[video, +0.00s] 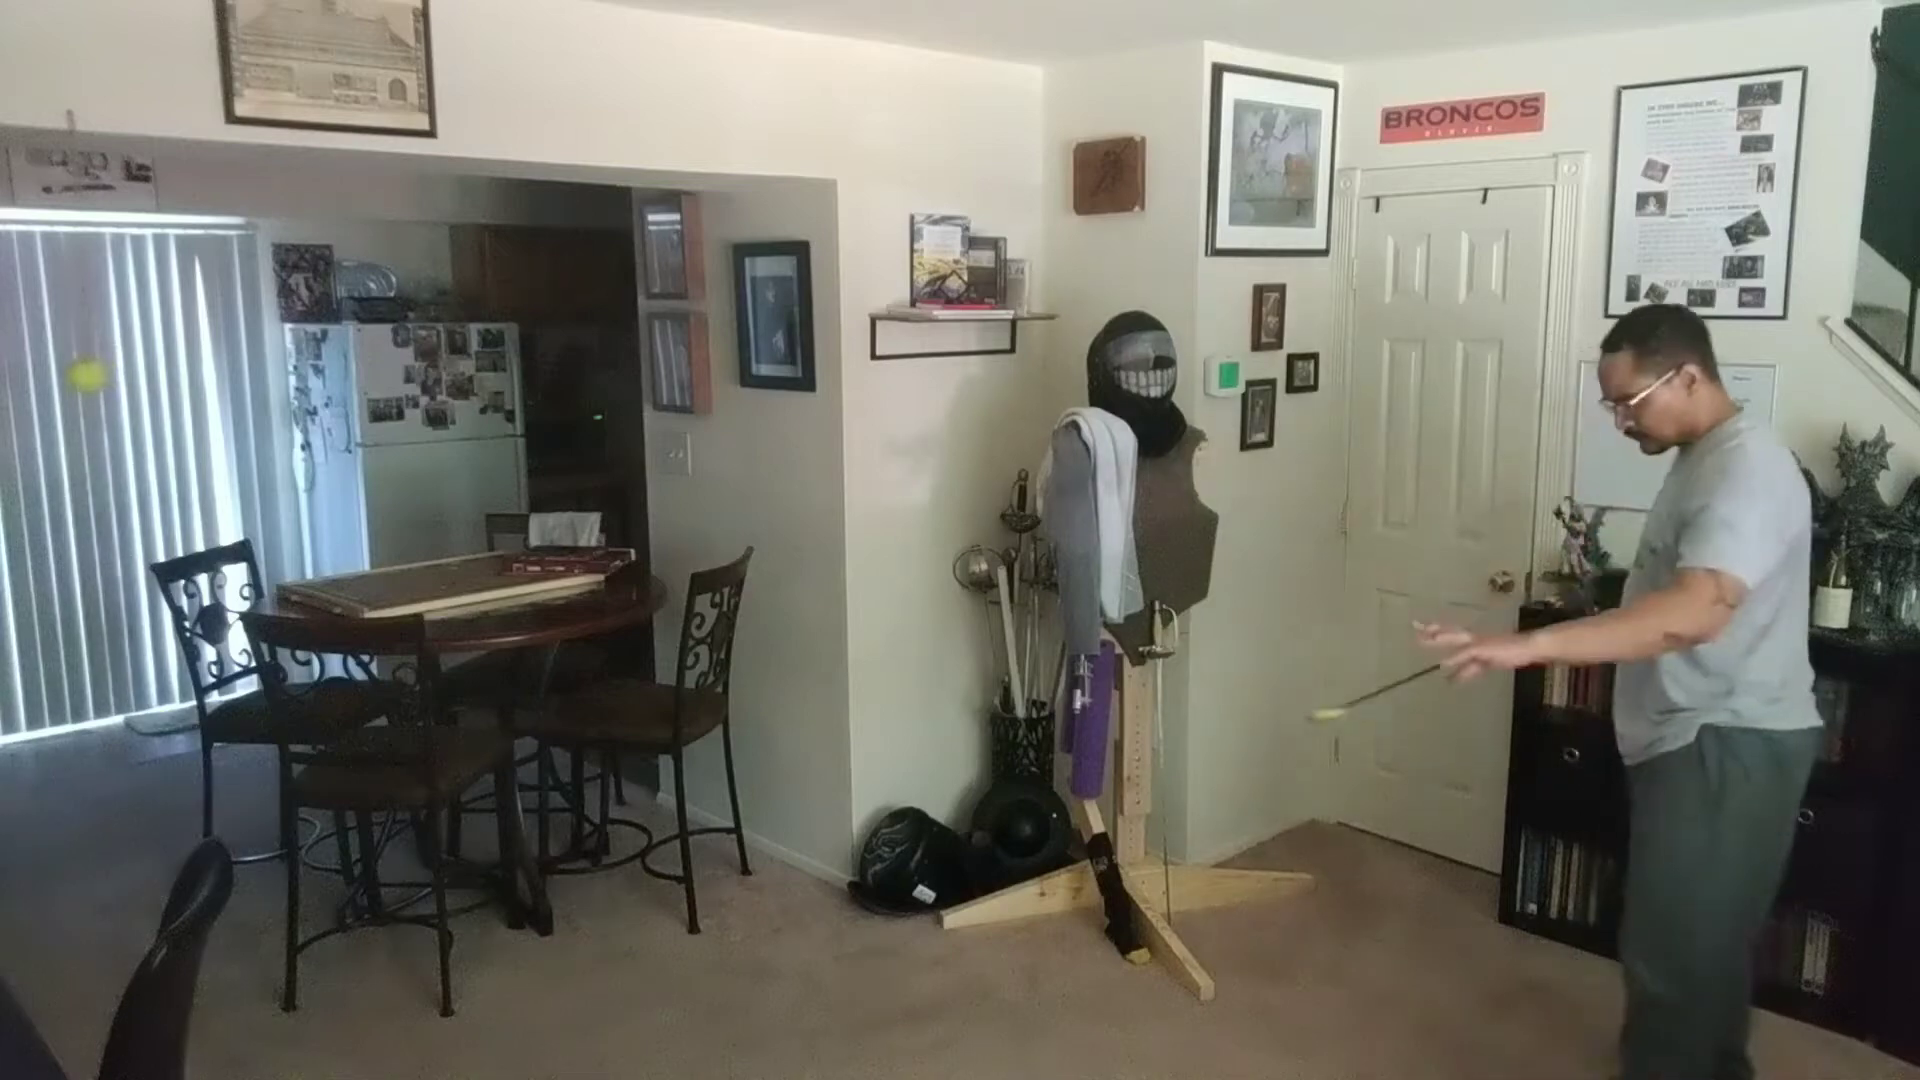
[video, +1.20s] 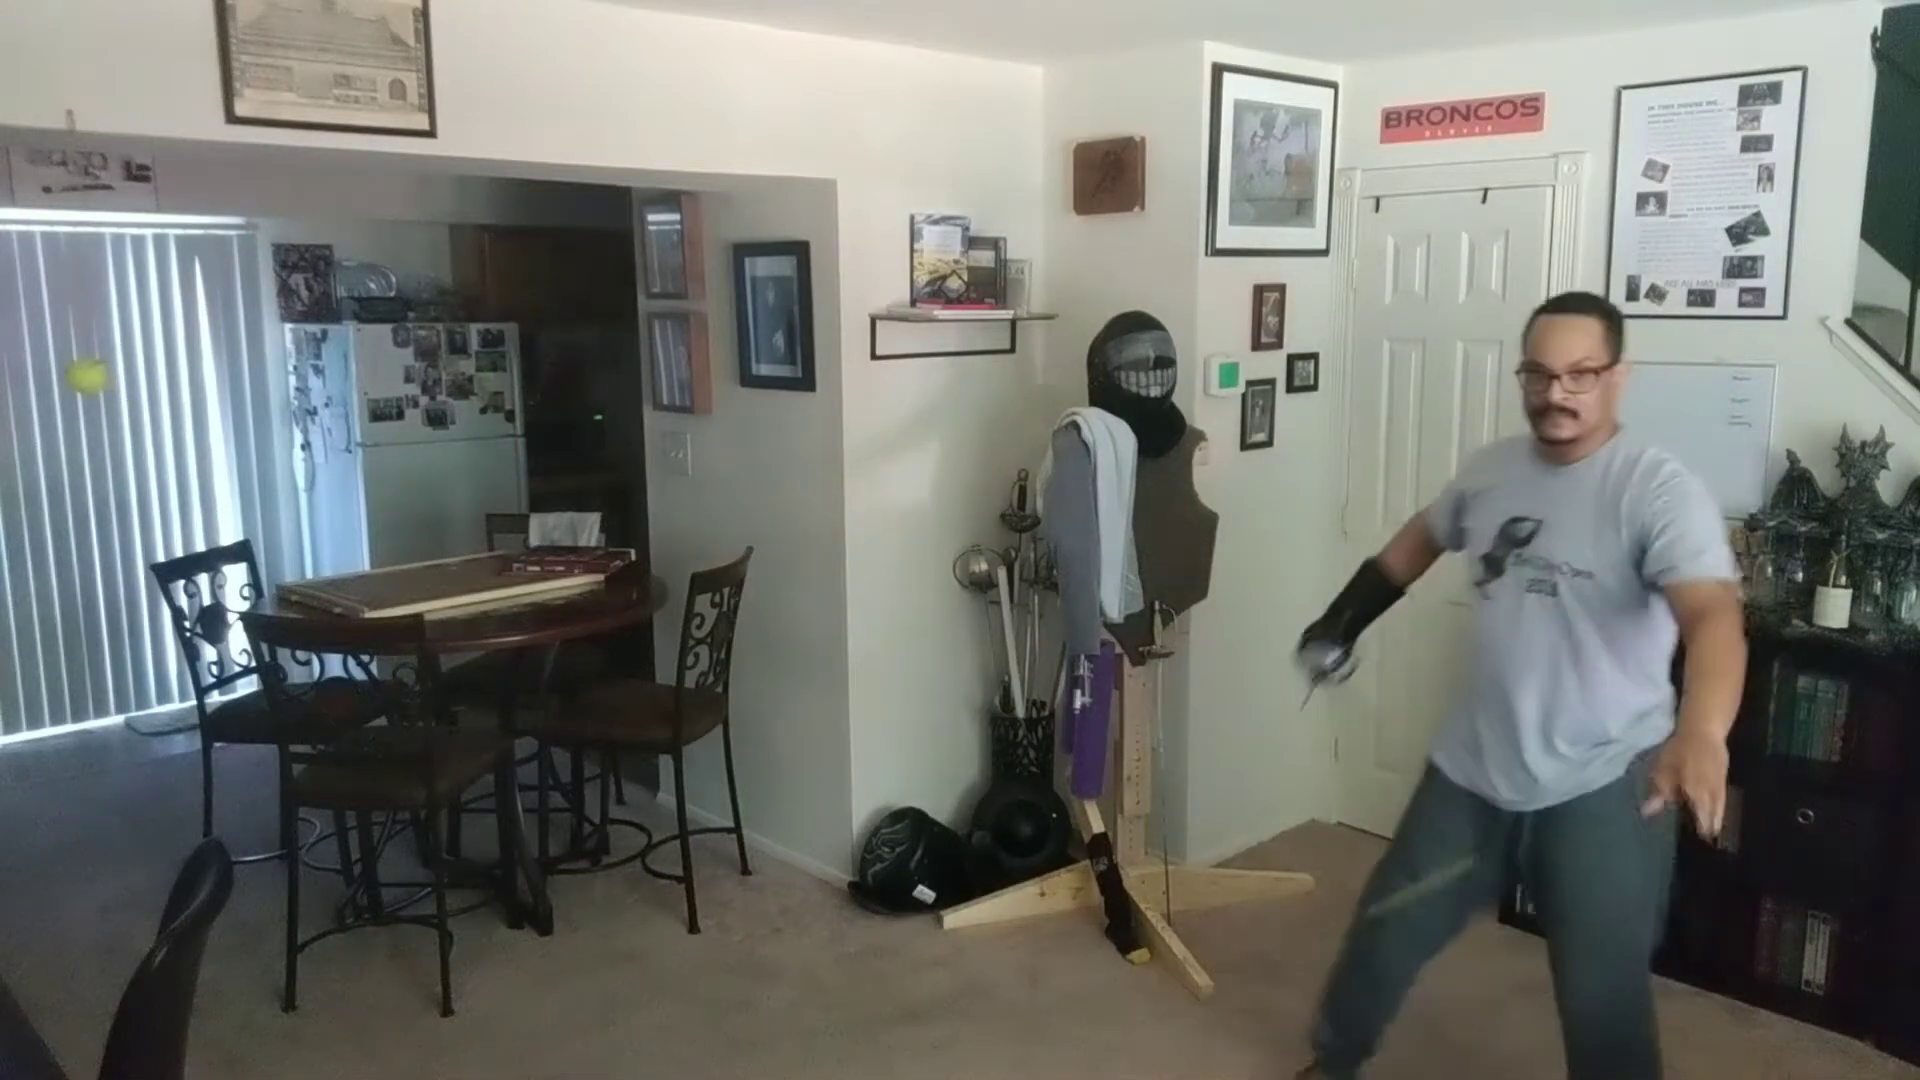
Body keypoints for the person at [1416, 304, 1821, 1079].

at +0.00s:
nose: (1621, 422)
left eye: (1629, 402)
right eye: (1614, 407)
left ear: (1688, 378)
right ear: (1686, 383)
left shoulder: (1749, 466)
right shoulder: (1701, 462)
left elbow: (1695, 610)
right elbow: (1683, 602)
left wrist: (1525, 647)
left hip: (1728, 748)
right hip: (1692, 741)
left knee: (1679, 968)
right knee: (1682, 958)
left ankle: (1672, 1070)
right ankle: (1711, 1065)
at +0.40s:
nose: (1599, 433)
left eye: (1604, 416)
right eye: (1592, 419)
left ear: (1657, 394)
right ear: (1660, 392)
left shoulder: (1734, 474)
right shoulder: (1680, 466)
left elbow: (1728, 623)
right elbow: (1609, 526)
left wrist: (1591, 710)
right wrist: (1530, 554)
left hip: (1680, 769)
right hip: (1657, 758)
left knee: (1627, 976)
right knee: (1689, 956)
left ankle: (1648, 1072)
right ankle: (1710, 1067)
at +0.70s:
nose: (1580, 436)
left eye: (1585, 418)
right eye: (1575, 422)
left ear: (1641, 396)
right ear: (1636, 398)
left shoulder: (1727, 484)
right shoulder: (1623, 472)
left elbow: (1761, 646)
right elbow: (1558, 529)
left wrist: (1644, 736)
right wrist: (1462, 577)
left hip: (1657, 792)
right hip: (1577, 775)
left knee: (1623, 1011)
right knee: (1571, 944)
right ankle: (1675, 1054)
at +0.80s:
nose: (1573, 435)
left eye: (1578, 418)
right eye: (1567, 421)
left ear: (1636, 397)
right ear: (1629, 399)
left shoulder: (1718, 484)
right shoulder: (1607, 475)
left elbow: (1771, 645)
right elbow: (1540, 529)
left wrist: (1650, 735)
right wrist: (1443, 582)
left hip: (1648, 791)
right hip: (1554, 774)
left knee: (1618, 1006)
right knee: (1526, 918)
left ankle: (1639, 1076)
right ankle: (1606, 1050)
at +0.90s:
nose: (1562, 429)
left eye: (1572, 411)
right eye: (1556, 413)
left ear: (1636, 389)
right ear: (1619, 394)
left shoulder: (1708, 486)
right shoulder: (1582, 475)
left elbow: (1770, 635)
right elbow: (1518, 521)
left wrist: (1678, 729)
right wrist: (1425, 577)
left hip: (1643, 789)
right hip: (1537, 767)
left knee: (1619, 1001)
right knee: (1488, 910)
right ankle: (1533, 1054)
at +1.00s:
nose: (1560, 415)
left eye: (1578, 394)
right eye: (1551, 395)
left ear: (1642, 383)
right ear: (1542, 387)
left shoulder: (1693, 484)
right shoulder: (1556, 466)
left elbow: (1768, 615)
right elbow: (1487, 513)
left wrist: (1700, 713)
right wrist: (1406, 576)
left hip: (1634, 782)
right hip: (1520, 757)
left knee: (1613, 990)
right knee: (1452, 907)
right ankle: (1456, 1060)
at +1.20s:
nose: (1555, 395)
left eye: (1578, 377)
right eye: (1538, 375)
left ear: (1618, 378)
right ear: (1520, 376)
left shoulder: (1657, 488)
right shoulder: (1493, 470)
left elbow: (1714, 615)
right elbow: (1420, 541)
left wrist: (1702, 734)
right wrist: (1340, 621)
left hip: (1604, 777)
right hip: (1477, 762)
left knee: (1602, 994)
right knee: (1386, 932)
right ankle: (1333, 1061)